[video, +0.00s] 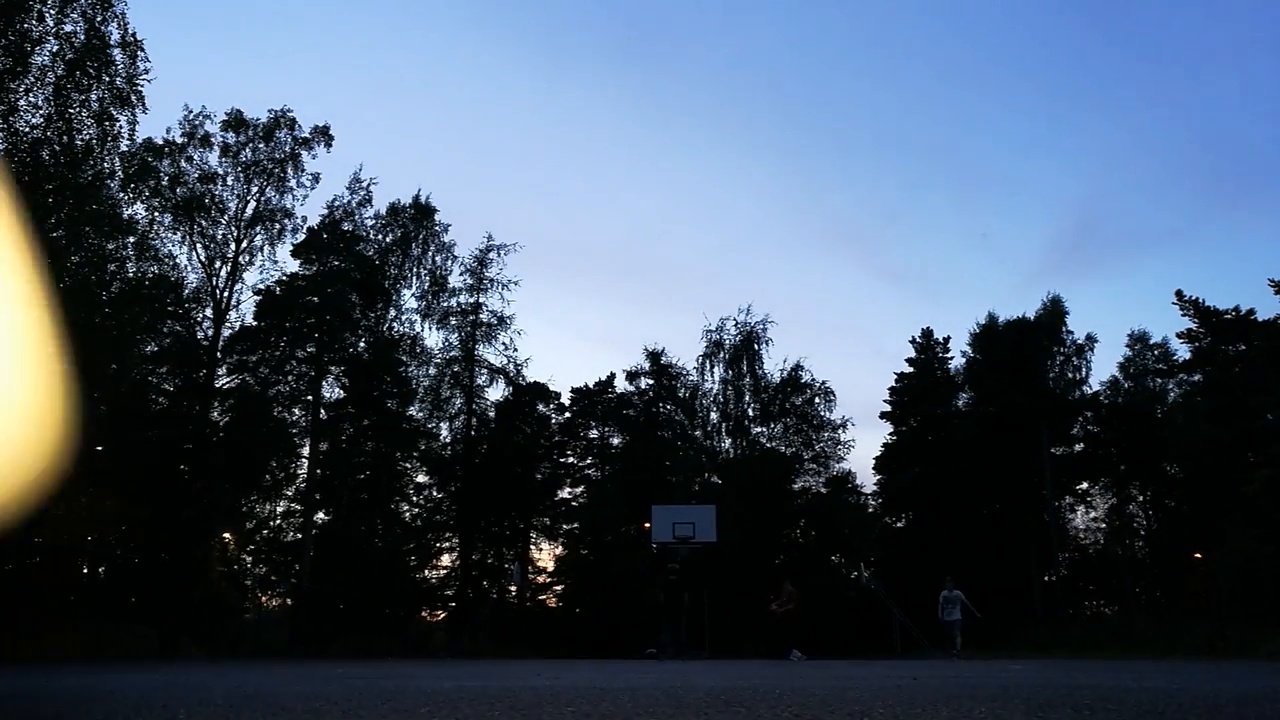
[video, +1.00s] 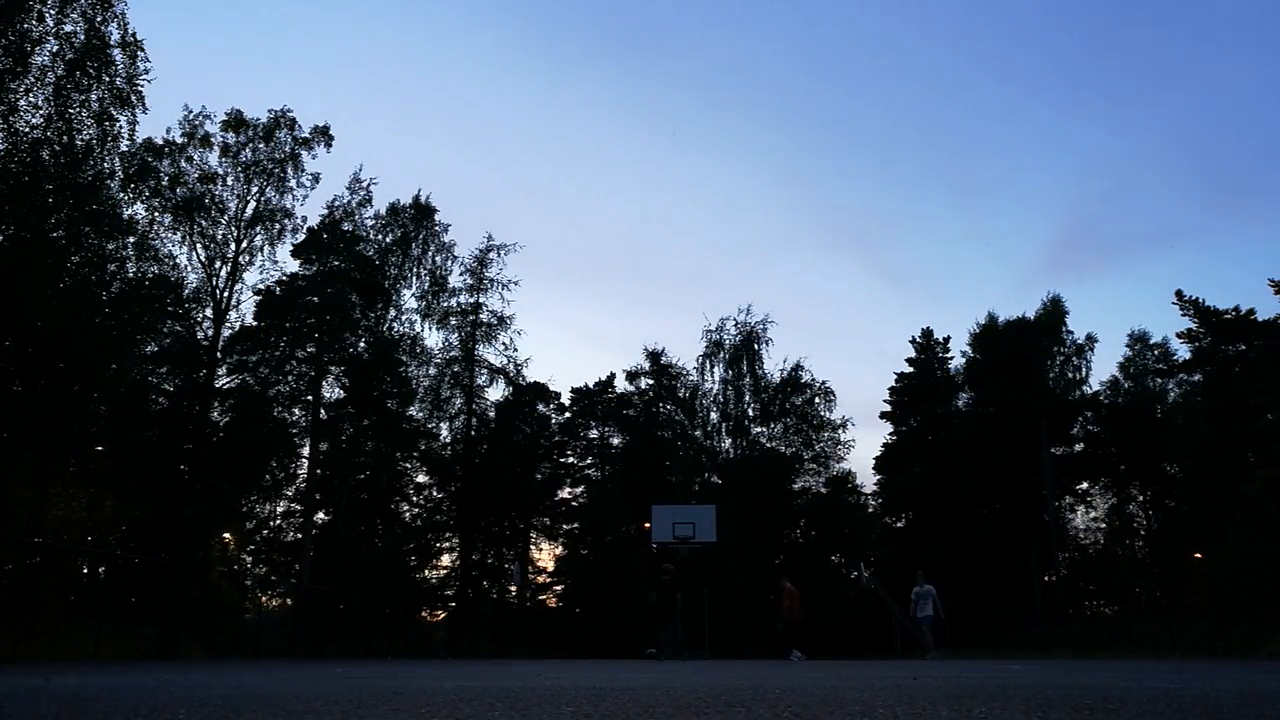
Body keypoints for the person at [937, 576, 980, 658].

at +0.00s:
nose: (949, 586)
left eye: (950, 584)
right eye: (948, 584)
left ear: (953, 585)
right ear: (946, 585)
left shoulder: (958, 593)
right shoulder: (943, 594)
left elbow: (966, 603)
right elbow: (940, 605)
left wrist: (975, 612)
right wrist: (940, 614)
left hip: (956, 617)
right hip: (946, 618)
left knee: (957, 634)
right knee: (948, 634)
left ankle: (957, 650)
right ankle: (949, 650)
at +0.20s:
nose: (947, 584)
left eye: (948, 583)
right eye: (946, 583)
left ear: (950, 583)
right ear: (944, 583)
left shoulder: (956, 592)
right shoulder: (941, 592)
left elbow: (961, 602)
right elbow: (939, 604)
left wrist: (963, 610)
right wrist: (938, 614)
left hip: (954, 617)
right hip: (944, 617)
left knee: (954, 633)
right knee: (946, 634)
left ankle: (956, 651)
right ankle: (948, 651)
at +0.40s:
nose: (943, 583)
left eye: (944, 581)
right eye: (942, 581)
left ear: (947, 582)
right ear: (940, 582)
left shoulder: (952, 591)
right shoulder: (938, 591)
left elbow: (955, 603)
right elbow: (937, 603)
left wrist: (955, 612)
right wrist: (936, 613)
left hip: (951, 616)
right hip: (941, 616)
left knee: (953, 633)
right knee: (941, 632)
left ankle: (955, 650)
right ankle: (941, 650)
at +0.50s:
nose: (941, 584)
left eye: (942, 582)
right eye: (939, 582)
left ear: (944, 583)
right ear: (938, 583)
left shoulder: (949, 592)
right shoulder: (935, 592)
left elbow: (950, 603)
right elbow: (935, 603)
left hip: (949, 616)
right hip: (939, 617)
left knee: (953, 633)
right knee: (939, 634)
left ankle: (956, 650)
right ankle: (937, 650)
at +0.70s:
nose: (931, 583)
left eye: (932, 581)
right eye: (930, 582)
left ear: (934, 582)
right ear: (928, 583)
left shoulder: (940, 591)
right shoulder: (927, 593)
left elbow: (942, 603)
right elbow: (927, 604)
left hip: (941, 616)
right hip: (931, 616)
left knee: (945, 633)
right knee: (932, 634)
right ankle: (932, 650)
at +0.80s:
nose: (927, 582)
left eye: (928, 580)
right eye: (926, 580)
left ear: (930, 580)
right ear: (924, 581)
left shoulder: (936, 589)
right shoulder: (923, 591)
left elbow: (939, 601)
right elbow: (923, 602)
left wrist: (939, 612)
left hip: (936, 616)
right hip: (926, 616)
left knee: (938, 632)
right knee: (929, 634)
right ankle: (931, 651)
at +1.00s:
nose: (920, 581)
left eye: (921, 579)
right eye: (919, 579)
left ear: (923, 579)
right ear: (917, 580)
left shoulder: (930, 588)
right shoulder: (915, 590)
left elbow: (936, 600)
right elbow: (913, 602)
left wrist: (939, 611)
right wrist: (912, 612)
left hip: (928, 613)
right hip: (919, 614)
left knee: (927, 631)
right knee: (924, 632)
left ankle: (931, 651)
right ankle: (929, 651)